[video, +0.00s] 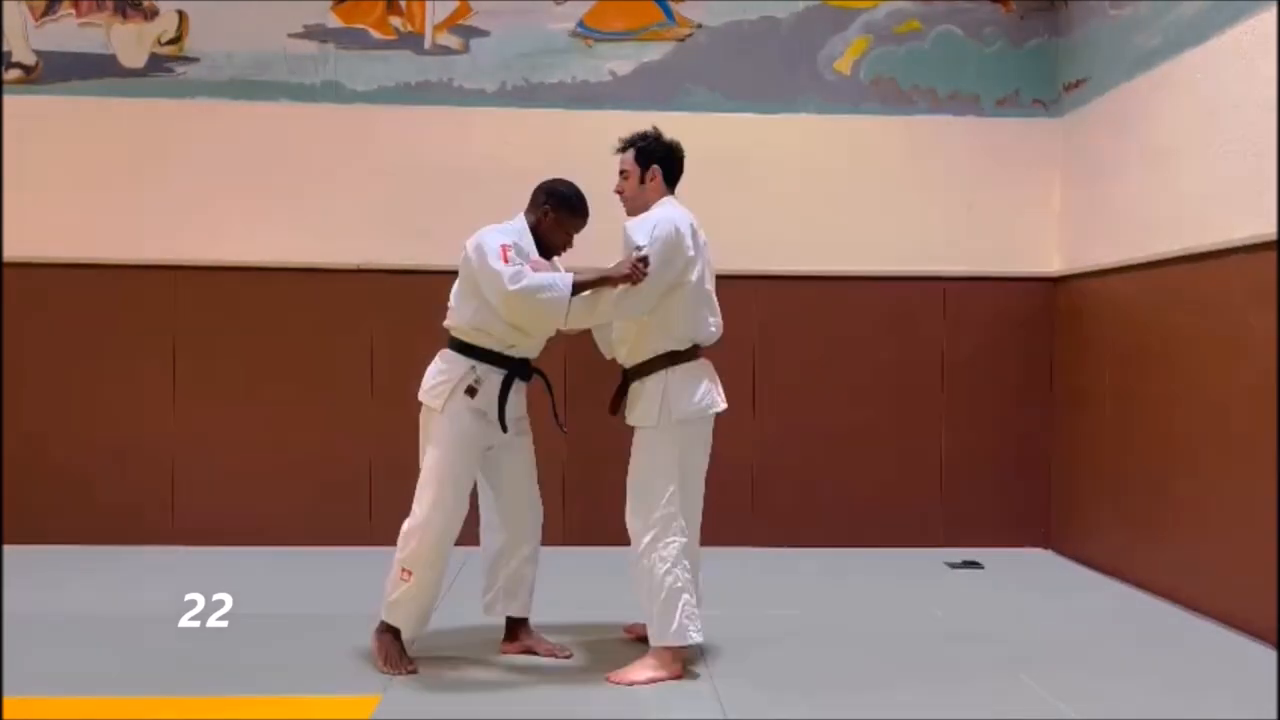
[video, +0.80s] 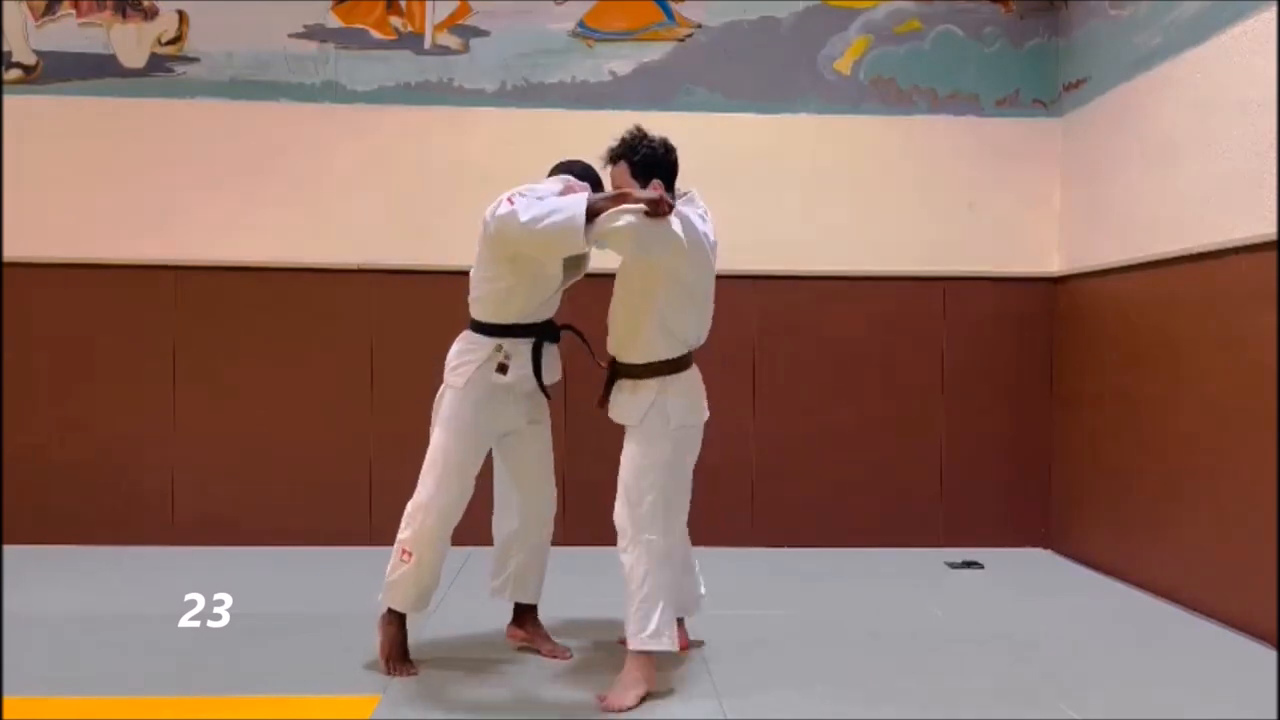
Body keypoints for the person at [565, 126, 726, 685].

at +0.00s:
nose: (616, 186)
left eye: (625, 175)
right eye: (617, 175)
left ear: (654, 176)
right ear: (656, 178)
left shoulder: (660, 225)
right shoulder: (677, 223)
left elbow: (621, 305)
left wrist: (553, 307)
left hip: (671, 389)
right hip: (683, 383)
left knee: (654, 517)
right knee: (669, 511)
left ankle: (670, 649)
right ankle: (670, 620)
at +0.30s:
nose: (614, 193)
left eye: (622, 182)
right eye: (614, 182)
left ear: (652, 182)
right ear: (656, 184)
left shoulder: (664, 230)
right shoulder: (677, 227)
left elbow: (622, 307)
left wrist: (558, 313)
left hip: (676, 392)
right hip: (694, 386)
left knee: (647, 518)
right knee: (684, 513)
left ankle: (647, 651)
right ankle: (685, 628)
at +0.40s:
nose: (628, 186)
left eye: (637, 175)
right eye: (629, 175)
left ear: (666, 178)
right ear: (666, 180)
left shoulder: (678, 222)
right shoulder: (663, 231)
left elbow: (653, 275)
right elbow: (613, 316)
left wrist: (560, 268)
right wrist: (578, 280)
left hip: (679, 389)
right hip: (679, 387)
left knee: (649, 516)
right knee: (670, 513)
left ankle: (649, 650)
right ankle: (669, 630)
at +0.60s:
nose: (630, 174)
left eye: (639, 165)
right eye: (633, 164)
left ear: (668, 172)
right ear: (683, 175)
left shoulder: (655, 213)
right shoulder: (705, 215)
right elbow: (604, 250)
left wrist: (557, 189)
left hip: (672, 390)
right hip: (694, 386)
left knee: (646, 512)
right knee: (672, 512)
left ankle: (653, 643)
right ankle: (675, 629)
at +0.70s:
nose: (619, 183)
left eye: (626, 173)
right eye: (620, 171)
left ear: (653, 173)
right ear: (675, 174)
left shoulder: (654, 214)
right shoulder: (702, 213)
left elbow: (598, 208)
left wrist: (579, 178)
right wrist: (596, 186)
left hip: (669, 391)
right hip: (686, 388)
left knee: (641, 515)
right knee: (672, 514)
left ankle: (658, 648)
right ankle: (673, 628)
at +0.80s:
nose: (612, 196)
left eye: (619, 185)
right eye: (612, 185)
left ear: (647, 185)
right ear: (668, 183)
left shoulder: (651, 229)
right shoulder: (697, 224)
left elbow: (587, 224)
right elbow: (685, 198)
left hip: (661, 400)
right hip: (671, 393)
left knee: (638, 524)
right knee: (662, 518)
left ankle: (639, 659)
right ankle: (672, 621)